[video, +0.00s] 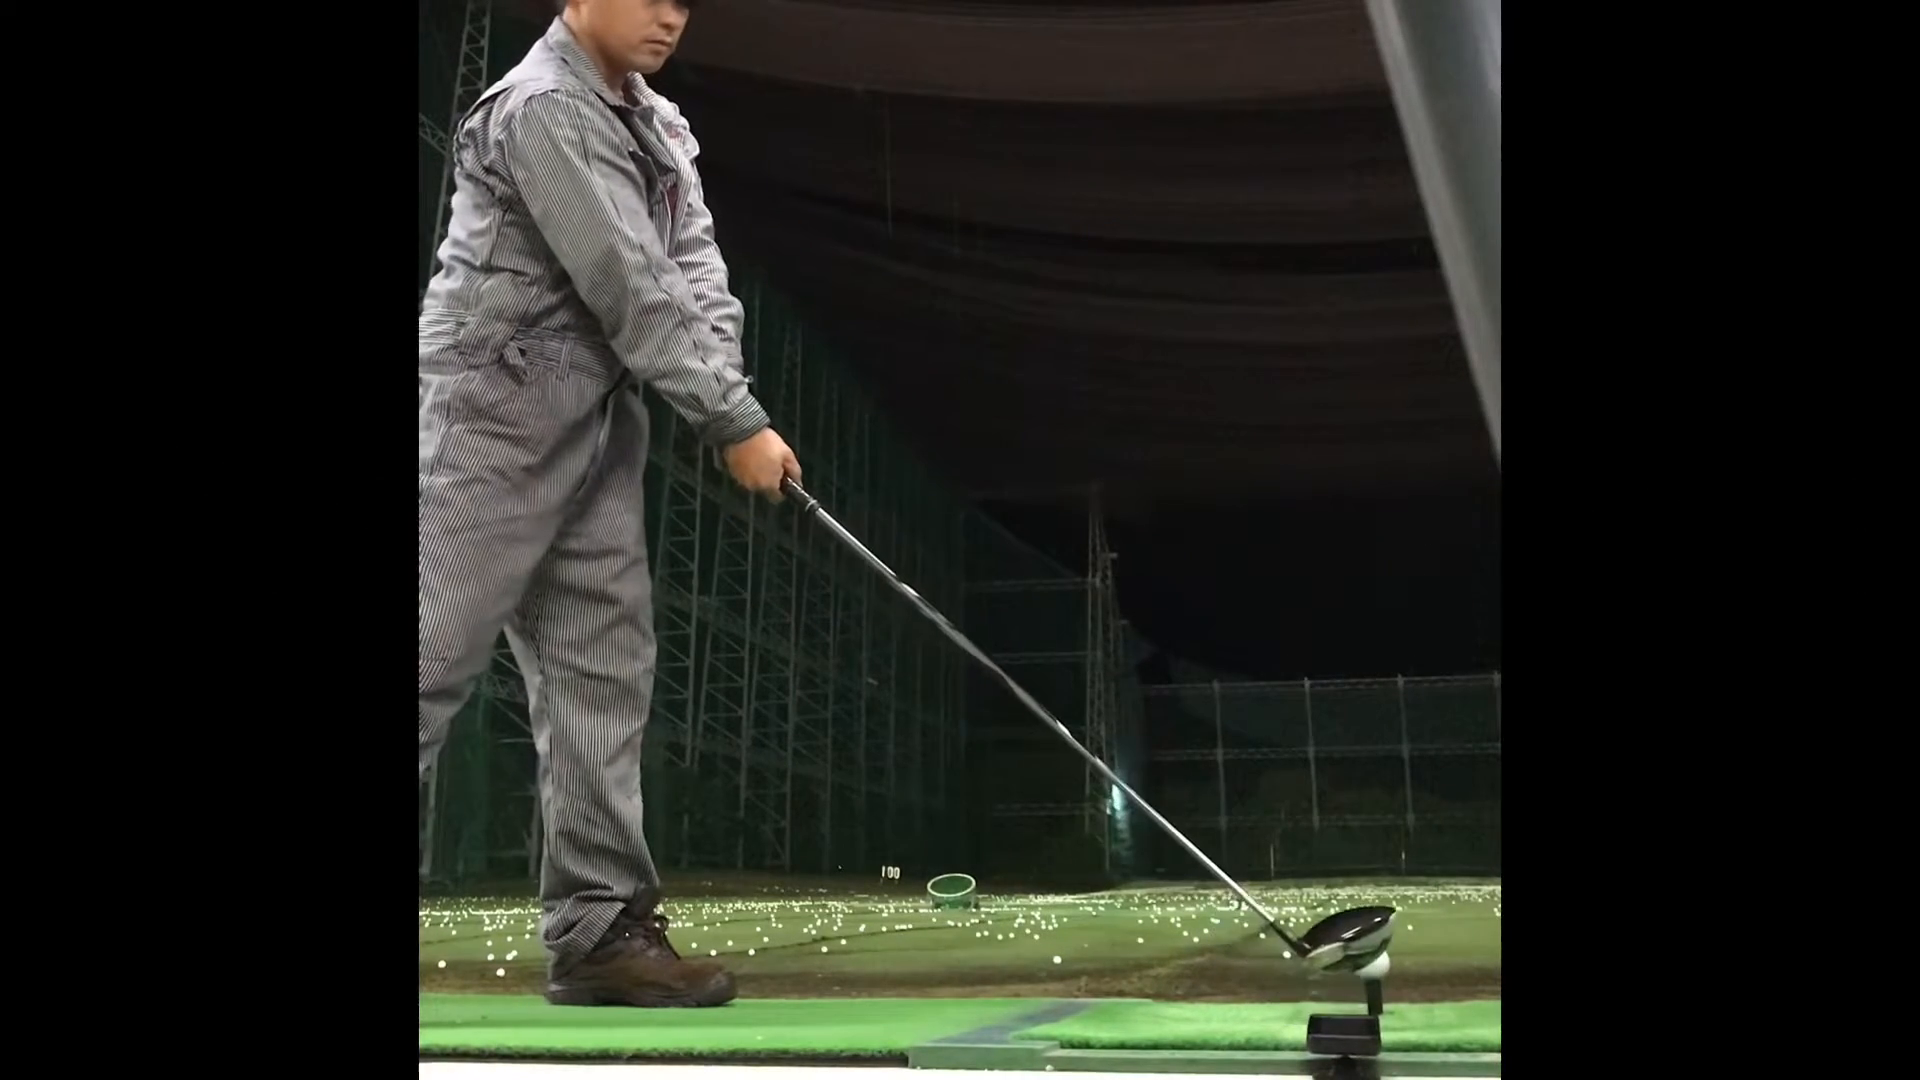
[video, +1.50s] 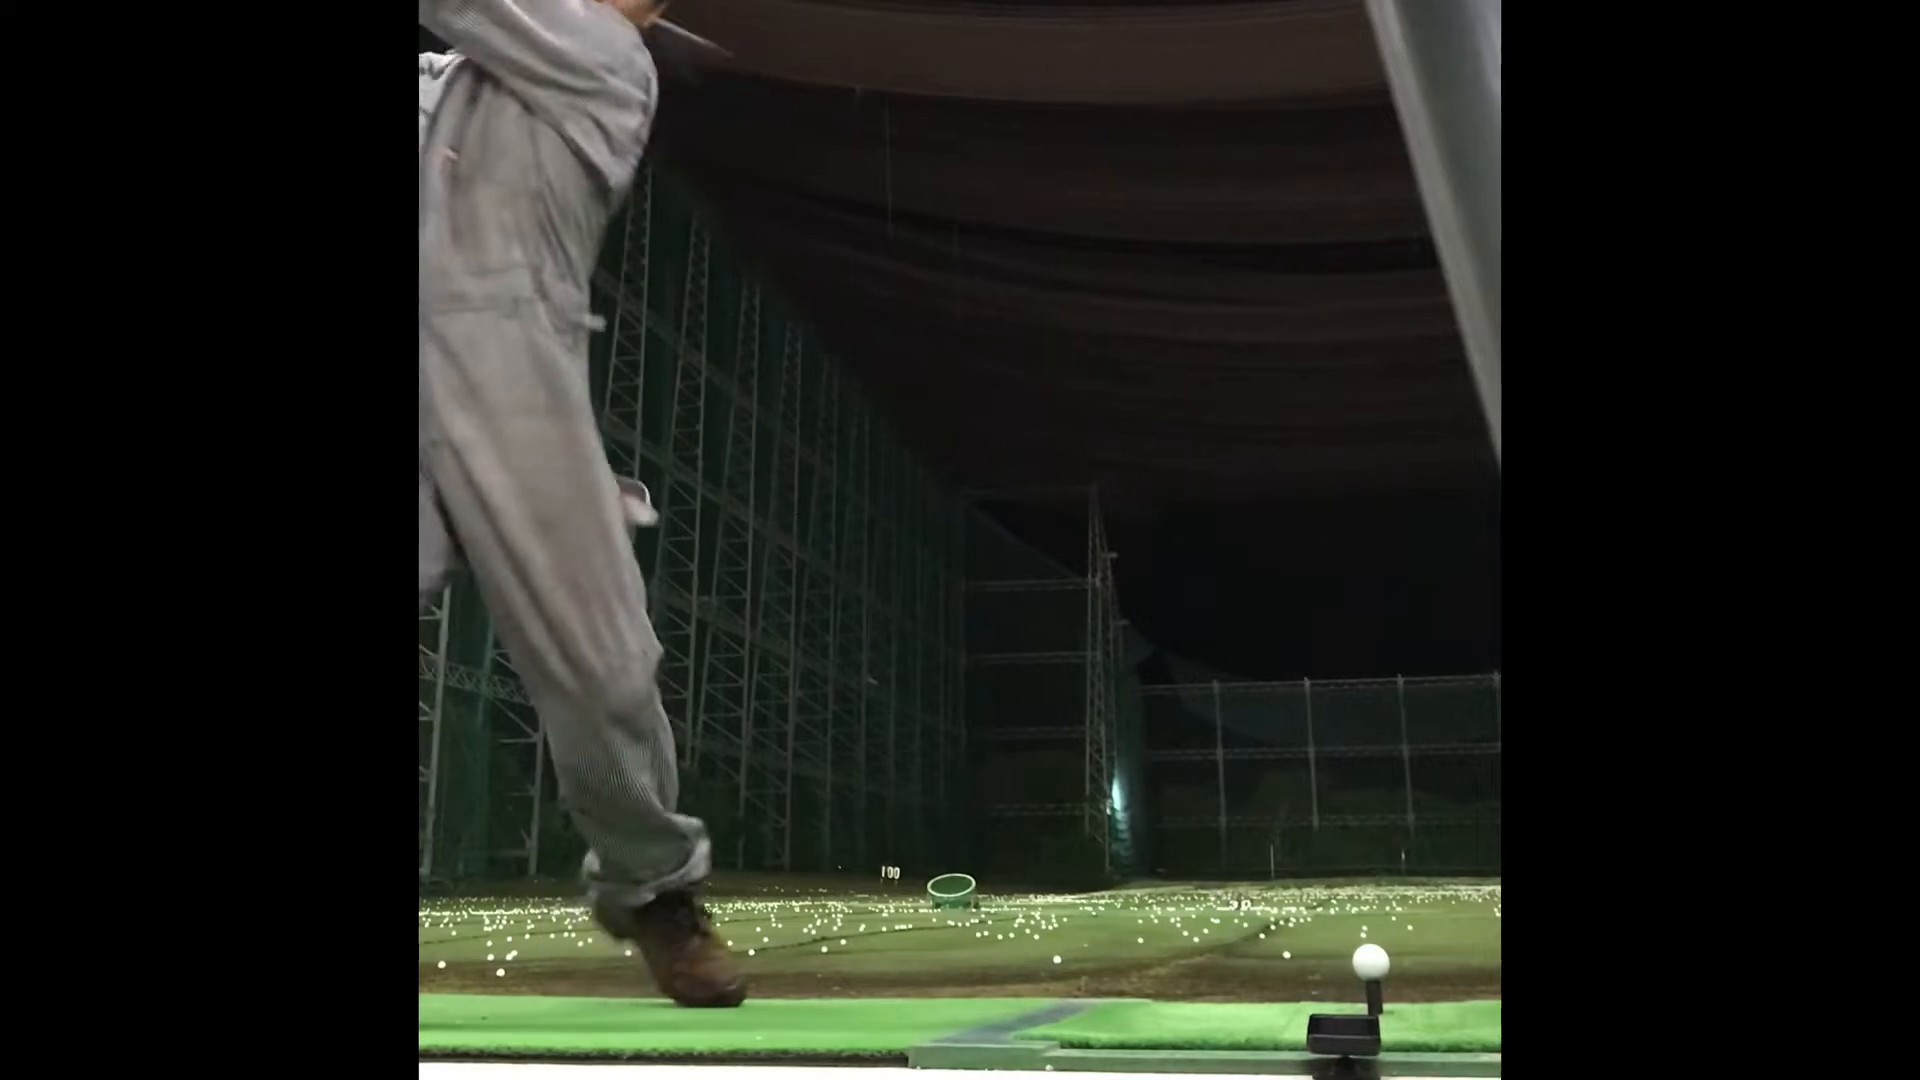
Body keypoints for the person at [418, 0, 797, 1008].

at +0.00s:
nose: (671, 19)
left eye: (679, 4)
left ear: (677, 18)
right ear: (581, 2)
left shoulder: (658, 120)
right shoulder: (543, 107)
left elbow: (698, 267)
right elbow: (627, 284)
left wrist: (724, 401)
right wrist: (732, 422)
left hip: (591, 434)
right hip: (484, 426)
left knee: (601, 667)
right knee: (434, 672)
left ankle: (599, 934)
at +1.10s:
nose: (653, 30)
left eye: (670, 20)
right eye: (638, 5)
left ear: (673, 42)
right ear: (574, 2)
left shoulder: (682, 132)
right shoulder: (469, 105)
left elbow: (680, 240)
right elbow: (512, 236)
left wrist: (645, 335)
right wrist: (590, 342)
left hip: (604, 428)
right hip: (460, 421)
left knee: (629, 677)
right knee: (420, 656)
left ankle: (600, 935)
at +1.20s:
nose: (653, 33)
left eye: (672, 26)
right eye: (639, 7)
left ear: (676, 48)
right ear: (577, 2)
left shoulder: (685, 130)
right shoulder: (454, 95)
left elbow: (620, 194)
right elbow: (440, 178)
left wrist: (492, 228)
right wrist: (446, 225)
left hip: (591, 430)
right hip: (441, 413)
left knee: (634, 683)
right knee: (416, 640)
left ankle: (601, 936)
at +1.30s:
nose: (651, 30)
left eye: (672, 24)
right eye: (636, 5)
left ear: (678, 47)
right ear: (578, 4)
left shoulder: (677, 120)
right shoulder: (472, 84)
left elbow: (556, 108)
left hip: (572, 405)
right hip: (435, 386)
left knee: (624, 673)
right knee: (420, 620)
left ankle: (607, 930)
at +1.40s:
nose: (634, 24)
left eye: (647, 21)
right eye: (628, 7)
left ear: (656, 33)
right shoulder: (448, 77)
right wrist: (533, 31)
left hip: (533, 377)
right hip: (427, 378)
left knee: (610, 658)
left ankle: (622, 913)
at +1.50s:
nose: (621, 4)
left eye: (621, 2)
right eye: (626, 4)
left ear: (632, 13)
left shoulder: (606, 64)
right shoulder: (442, 72)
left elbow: (457, 3)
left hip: (506, 374)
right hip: (438, 382)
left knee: (603, 673)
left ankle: (652, 889)